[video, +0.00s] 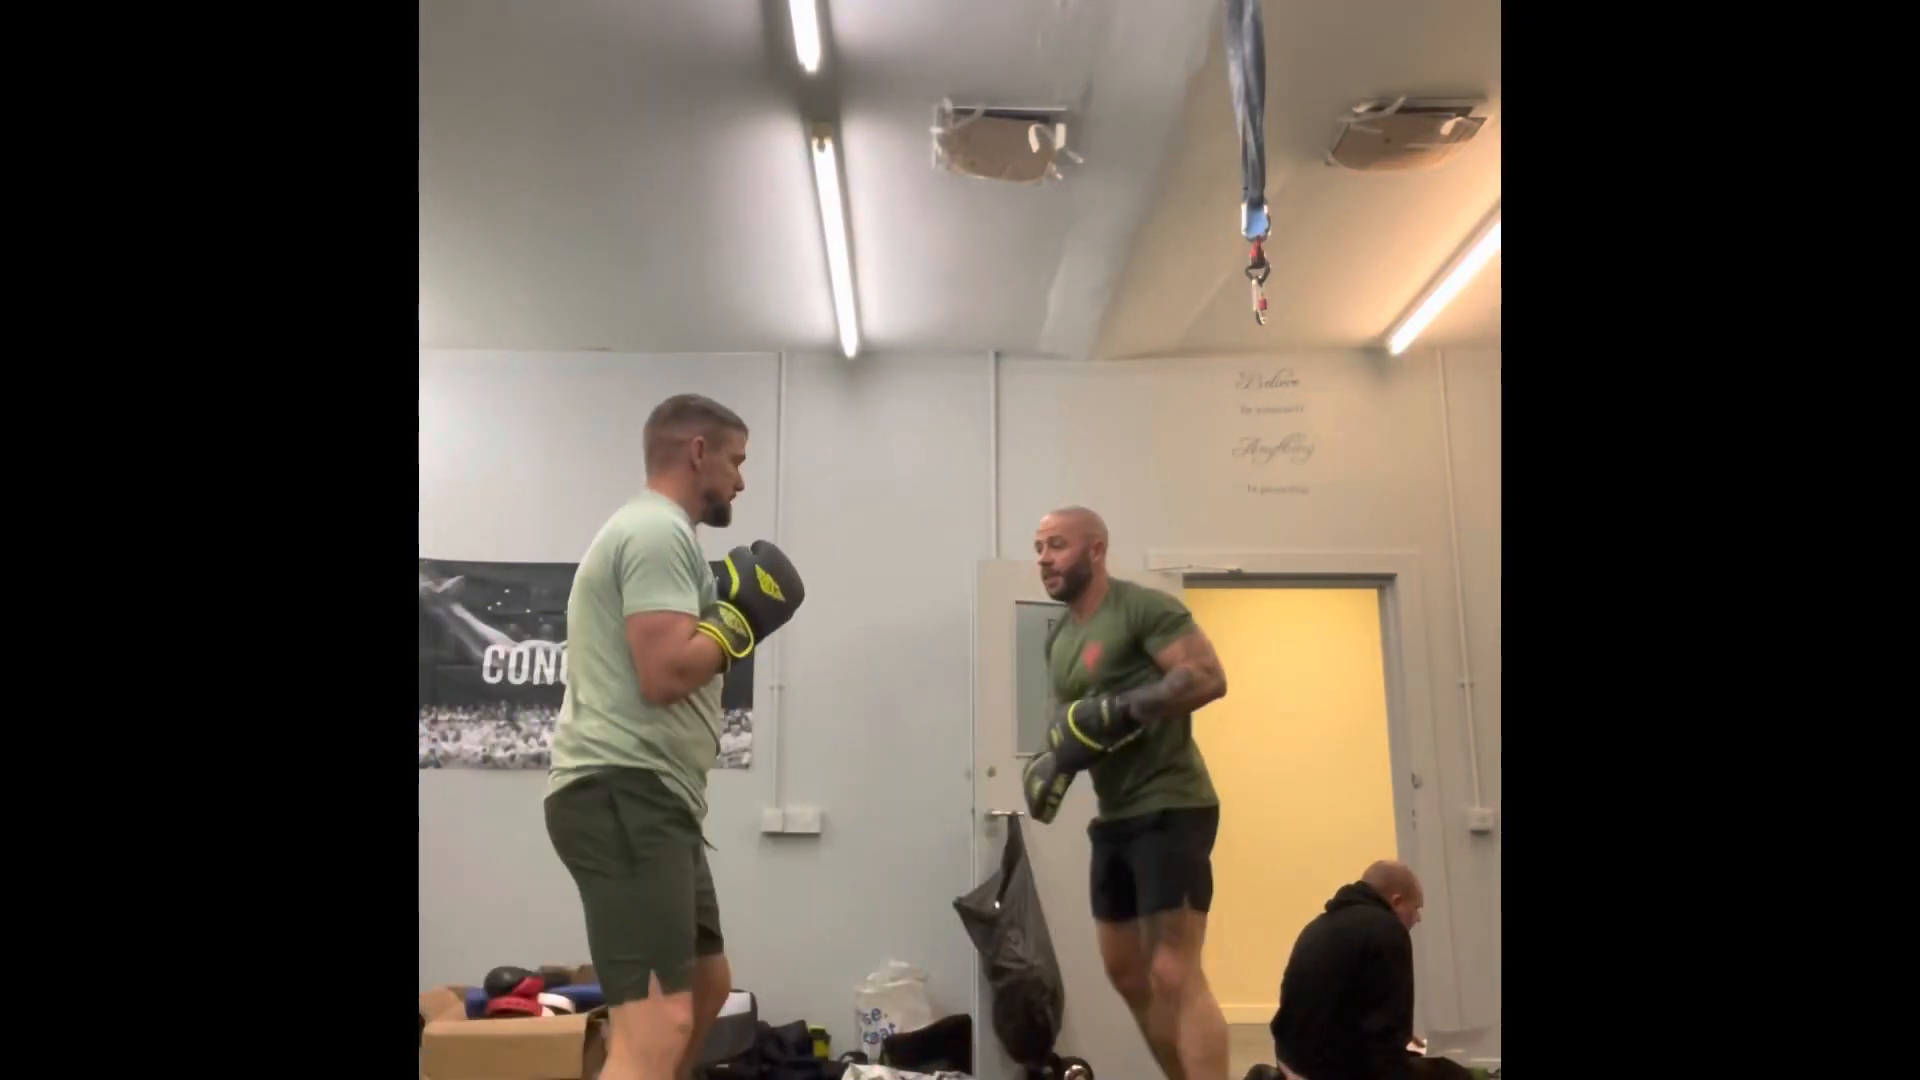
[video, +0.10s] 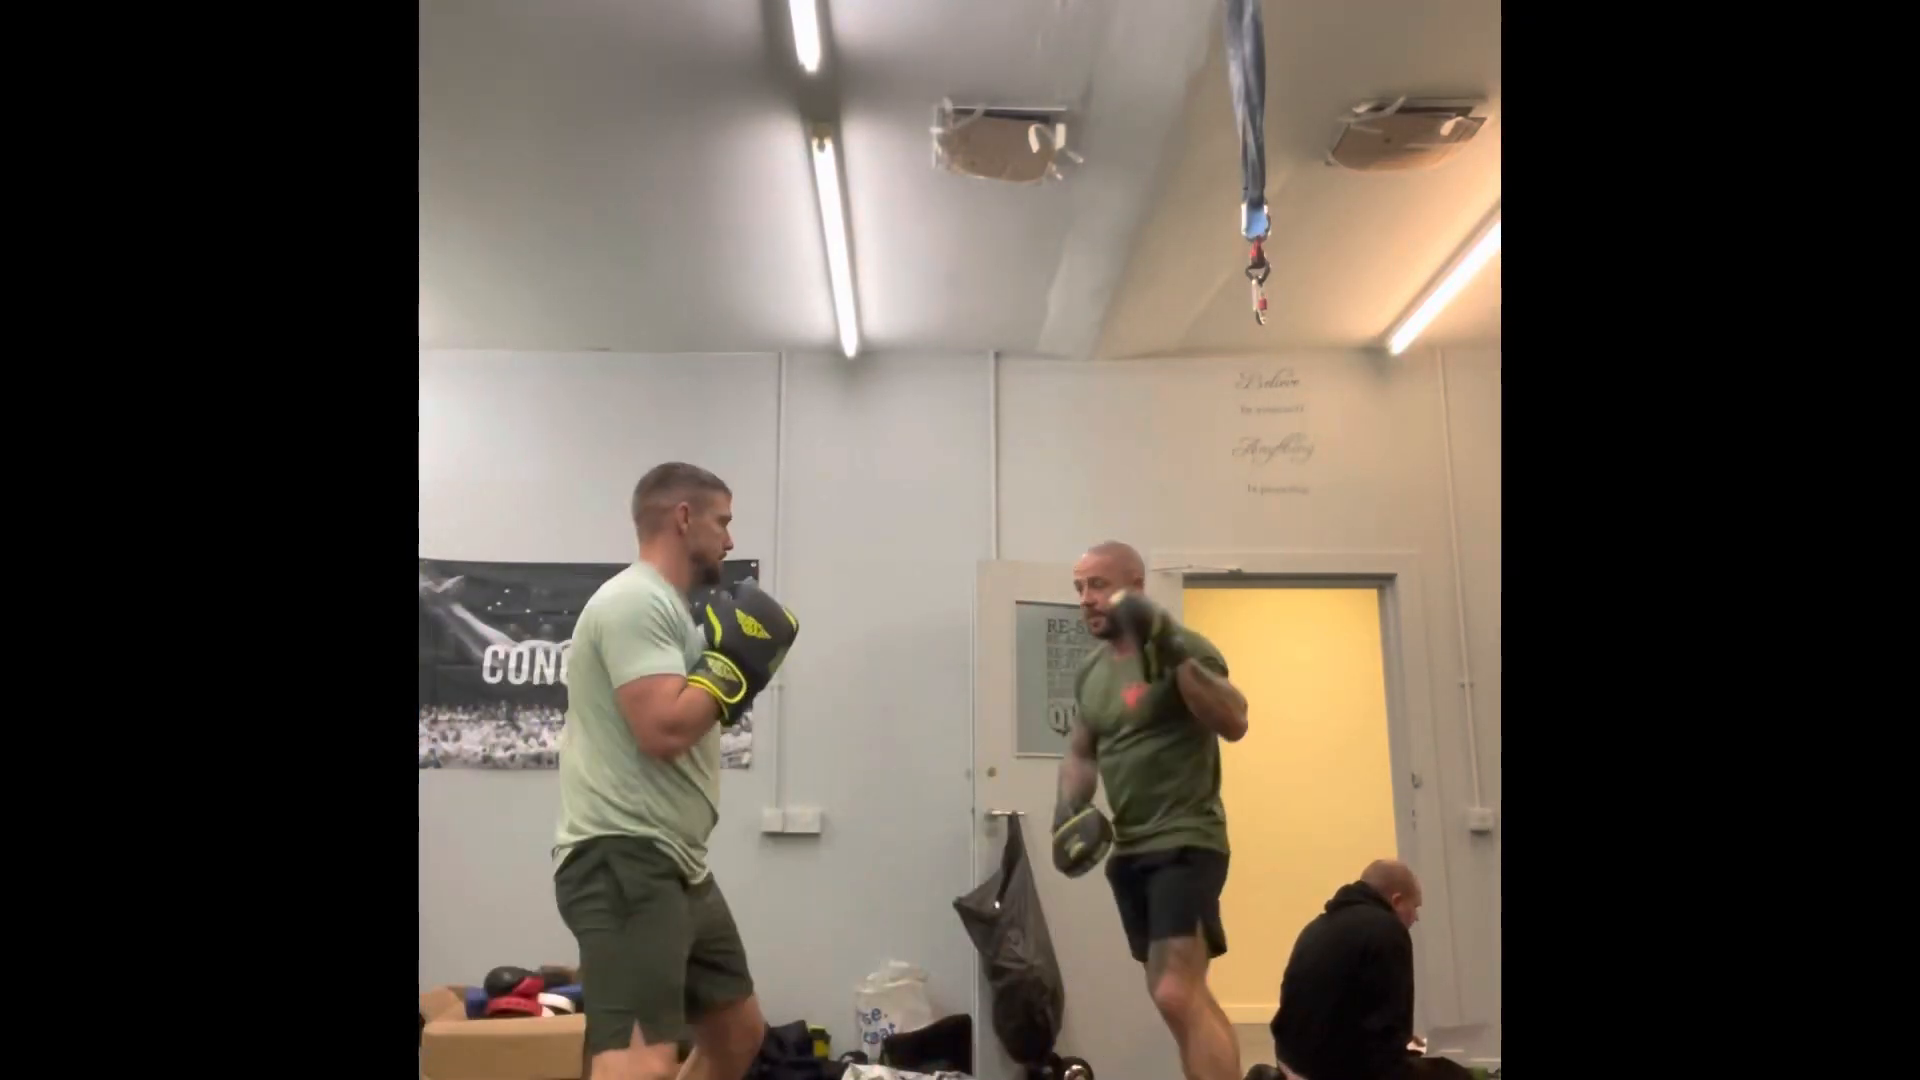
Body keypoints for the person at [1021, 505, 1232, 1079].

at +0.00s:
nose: (1044, 559)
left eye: (1056, 546)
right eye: (1039, 549)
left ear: (1094, 550)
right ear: (1040, 557)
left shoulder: (1146, 607)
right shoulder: (1059, 638)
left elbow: (1207, 676)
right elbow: (1074, 720)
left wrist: (1120, 709)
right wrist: (1055, 762)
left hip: (1174, 808)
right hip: (1115, 817)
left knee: (1175, 972)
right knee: (1128, 973)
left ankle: (1212, 1079)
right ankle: (1187, 1075)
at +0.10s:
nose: (1086, 599)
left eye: (1099, 587)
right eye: (1080, 588)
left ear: (1136, 589)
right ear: (1078, 596)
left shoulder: (1183, 648)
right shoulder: (1092, 673)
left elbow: (1234, 724)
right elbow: (1080, 755)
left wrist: (1170, 646)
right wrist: (1071, 813)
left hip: (1187, 836)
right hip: (1130, 845)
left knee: (1174, 993)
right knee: (1185, 995)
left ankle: (1225, 1076)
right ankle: (1231, 1077)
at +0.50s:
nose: (1117, 593)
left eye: (1128, 580)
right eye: (1115, 582)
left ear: (1167, 583)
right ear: (1151, 586)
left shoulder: (1209, 633)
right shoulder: (1146, 669)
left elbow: (1268, 681)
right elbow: (1147, 752)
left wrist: (1180, 718)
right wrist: (1124, 808)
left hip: (1229, 830)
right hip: (1192, 836)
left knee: (1176, 980)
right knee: (1225, 1000)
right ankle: (1273, 1078)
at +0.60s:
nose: (1153, 580)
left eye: (1164, 568)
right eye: (1151, 569)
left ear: (1205, 571)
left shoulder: (1252, 632)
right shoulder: (1178, 654)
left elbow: (1286, 715)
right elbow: (1179, 742)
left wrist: (1192, 714)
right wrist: (1149, 808)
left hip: (1257, 822)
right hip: (1207, 830)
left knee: (1225, 981)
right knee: (1203, 986)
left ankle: (1283, 1078)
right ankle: (1259, 1078)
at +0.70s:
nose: (1190, 579)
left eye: (1203, 568)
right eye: (1192, 568)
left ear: (1246, 577)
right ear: (1235, 579)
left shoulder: (1284, 647)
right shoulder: (1221, 662)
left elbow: (1283, 741)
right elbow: (1224, 758)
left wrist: (1200, 711)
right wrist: (1182, 831)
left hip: (1295, 849)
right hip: (1244, 854)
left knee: (1281, 1023)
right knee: (1235, 1007)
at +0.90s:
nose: (1249, 548)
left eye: (1261, 533)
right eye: (1250, 534)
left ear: (1308, 539)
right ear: (1305, 542)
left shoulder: (1352, 603)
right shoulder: (1311, 627)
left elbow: (1422, 684)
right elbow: (1340, 740)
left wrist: (1304, 729)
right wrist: (1274, 781)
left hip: (1376, 839)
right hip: (1350, 840)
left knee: (1362, 1036)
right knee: (1393, 1028)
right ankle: (1469, 1074)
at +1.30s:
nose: (1311, 565)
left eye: (1322, 548)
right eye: (1308, 551)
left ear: (1372, 544)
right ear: (1364, 550)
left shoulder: (1418, 601)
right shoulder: (1355, 641)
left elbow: (1347, 682)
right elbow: (1320, 740)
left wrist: (1261, 682)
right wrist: (1246, 738)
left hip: (1444, 835)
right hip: (1418, 837)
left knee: (1380, 1017)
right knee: (1452, 1025)